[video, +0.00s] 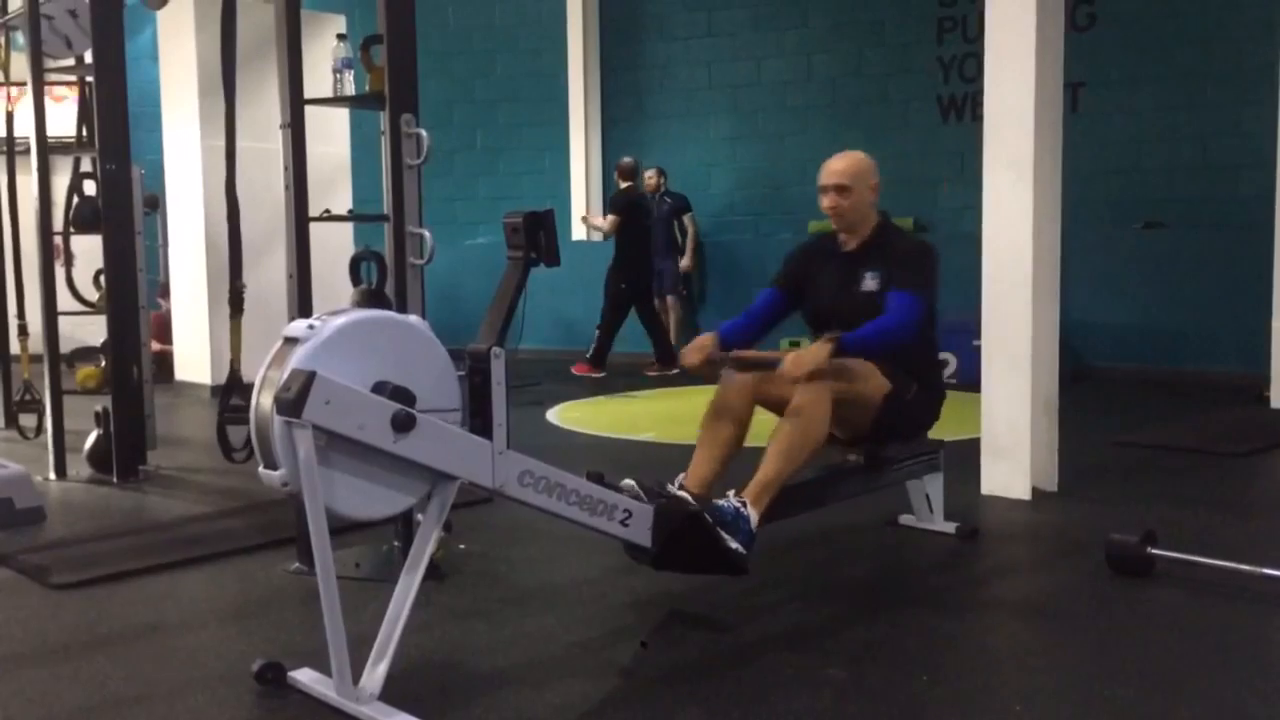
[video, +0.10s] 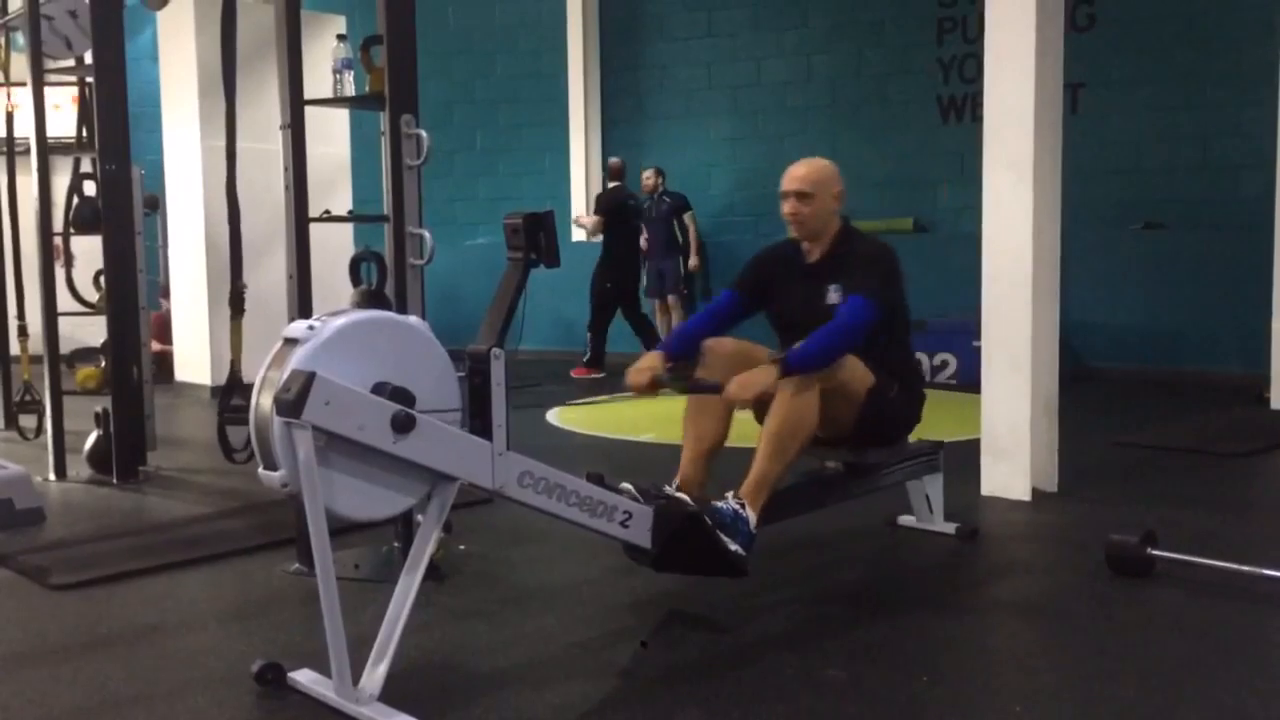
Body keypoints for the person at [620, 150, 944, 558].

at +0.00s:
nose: (829, 203)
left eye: (842, 191)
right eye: (823, 192)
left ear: (873, 191)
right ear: (817, 196)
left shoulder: (909, 253)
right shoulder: (812, 254)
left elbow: (902, 324)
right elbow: (761, 316)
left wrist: (830, 346)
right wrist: (716, 338)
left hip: (903, 396)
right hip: (832, 390)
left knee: (819, 380)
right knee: (738, 376)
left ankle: (746, 512)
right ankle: (687, 496)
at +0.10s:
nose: (790, 209)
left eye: (803, 198)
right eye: (785, 198)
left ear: (837, 200)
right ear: (779, 201)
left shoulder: (872, 258)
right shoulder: (776, 260)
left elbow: (848, 329)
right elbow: (718, 313)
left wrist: (778, 368)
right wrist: (660, 356)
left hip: (881, 409)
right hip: (805, 403)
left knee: (808, 366)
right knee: (716, 353)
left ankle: (744, 512)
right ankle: (685, 495)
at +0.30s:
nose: (738, 222)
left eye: (752, 213)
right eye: (735, 212)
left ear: (789, 220)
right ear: (731, 215)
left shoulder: (824, 271)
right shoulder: (732, 272)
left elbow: (778, 330)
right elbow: (665, 317)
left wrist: (699, 363)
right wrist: (588, 350)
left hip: (856, 421)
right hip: (781, 420)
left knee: (787, 356)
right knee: (687, 350)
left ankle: (741, 512)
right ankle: (683, 497)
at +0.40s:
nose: (752, 214)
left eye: (766, 205)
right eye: (749, 204)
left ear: (802, 214)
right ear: (744, 208)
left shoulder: (836, 269)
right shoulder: (745, 268)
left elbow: (790, 318)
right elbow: (681, 309)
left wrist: (714, 339)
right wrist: (600, 335)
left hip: (863, 417)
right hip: (791, 420)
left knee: (790, 352)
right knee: (693, 355)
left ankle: (741, 511)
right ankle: (683, 498)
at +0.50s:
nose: (792, 199)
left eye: (806, 190)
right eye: (789, 189)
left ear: (839, 200)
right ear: (784, 195)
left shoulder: (874, 257)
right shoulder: (781, 257)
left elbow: (830, 301)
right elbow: (717, 299)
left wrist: (765, 322)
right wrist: (651, 319)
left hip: (880, 407)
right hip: (807, 406)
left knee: (804, 359)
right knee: (714, 357)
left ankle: (742, 515)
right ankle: (683, 499)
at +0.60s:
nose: (840, 191)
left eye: (853, 182)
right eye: (836, 181)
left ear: (884, 191)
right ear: (831, 187)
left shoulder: (911, 251)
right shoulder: (819, 251)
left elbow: (875, 292)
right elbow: (765, 289)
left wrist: (811, 314)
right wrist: (699, 314)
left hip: (898, 395)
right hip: (823, 387)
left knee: (816, 379)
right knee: (733, 373)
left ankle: (743, 517)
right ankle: (683, 498)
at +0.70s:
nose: (883, 191)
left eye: (897, 182)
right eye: (879, 181)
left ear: (926, 190)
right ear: (873, 187)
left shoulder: (947, 250)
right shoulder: (852, 254)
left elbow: (926, 293)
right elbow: (802, 297)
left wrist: (861, 309)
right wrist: (748, 315)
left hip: (912, 382)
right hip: (845, 372)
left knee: (825, 403)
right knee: (756, 393)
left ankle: (743, 518)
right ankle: (679, 500)